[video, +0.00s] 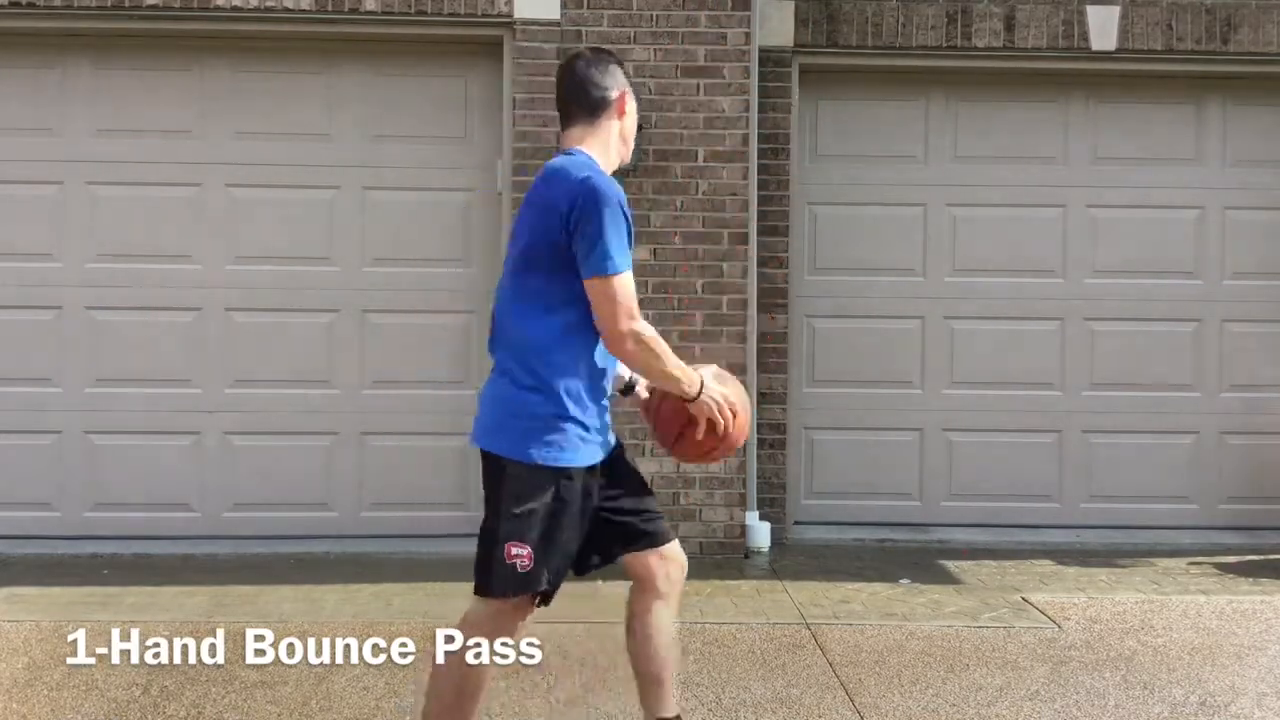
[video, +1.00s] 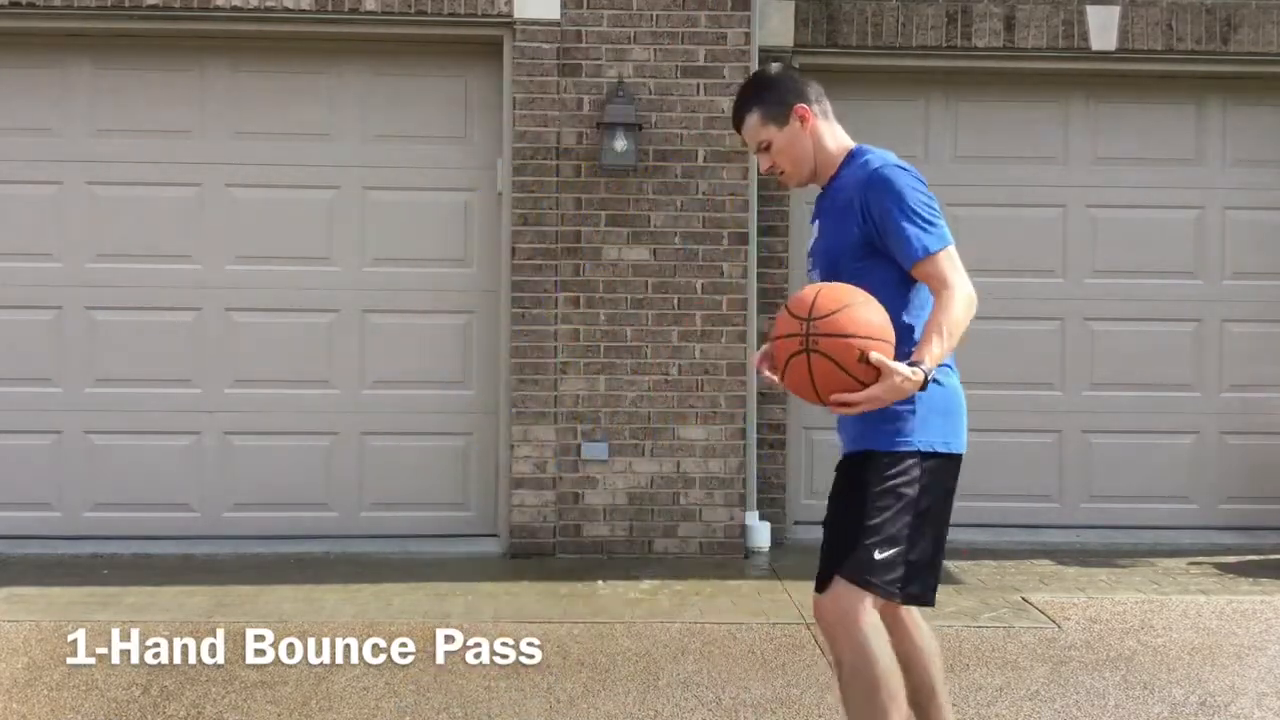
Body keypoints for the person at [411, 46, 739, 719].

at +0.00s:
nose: (638, 124)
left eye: (635, 111)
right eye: (637, 110)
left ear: (566, 112)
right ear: (623, 107)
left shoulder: (558, 184)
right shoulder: (592, 188)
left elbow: (563, 327)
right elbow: (623, 328)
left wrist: (638, 383)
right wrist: (691, 382)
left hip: (580, 435)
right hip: (538, 436)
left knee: (661, 569)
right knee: (503, 611)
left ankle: (663, 714)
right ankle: (436, 710)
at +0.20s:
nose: (699, 120)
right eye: (697, 111)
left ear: (624, 129)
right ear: (690, 114)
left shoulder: (603, 205)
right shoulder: (715, 192)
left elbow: (572, 333)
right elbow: (739, 332)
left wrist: (672, 355)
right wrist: (750, 376)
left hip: (613, 433)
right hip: (672, 437)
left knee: (711, 582)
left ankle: (691, 716)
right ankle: (521, 719)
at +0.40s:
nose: (683, 130)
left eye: (683, 121)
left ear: (693, 121)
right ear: (759, 114)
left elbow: (627, 315)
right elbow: (844, 321)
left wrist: (648, 347)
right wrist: (793, 345)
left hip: (696, 427)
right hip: (789, 426)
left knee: (713, 587)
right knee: (810, 589)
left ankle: (693, 718)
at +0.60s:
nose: (738, 170)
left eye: (736, 153)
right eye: (734, 156)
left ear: (763, 134)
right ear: (793, 133)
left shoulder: (770, 186)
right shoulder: (870, 205)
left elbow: (761, 303)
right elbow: (897, 334)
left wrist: (684, 351)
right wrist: (770, 358)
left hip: (800, 433)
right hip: (883, 435)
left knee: (745, 578)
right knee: (883, 589)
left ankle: (756, 713)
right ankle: (935, 715)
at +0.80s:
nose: (760, 171)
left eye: (760, 153)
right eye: (753, 159)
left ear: (795, 124)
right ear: (799, 129)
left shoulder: (844, 176)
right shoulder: (845, 181)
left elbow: (904, 286)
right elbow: (851, 311)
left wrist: (827, 358)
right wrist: (776, 351)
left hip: (876, 422)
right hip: (912, 421)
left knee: (796, 586)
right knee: (890, 589)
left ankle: (842, 716)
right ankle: (940, 715)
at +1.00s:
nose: (765, 167)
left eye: (766, 147)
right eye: (757, 155)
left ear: (806, 118)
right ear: (804, 126)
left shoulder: (884, 180)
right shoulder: (832, 203)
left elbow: (958, 293)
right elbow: (852, 323)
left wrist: (917, 368)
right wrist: (791, 355)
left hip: (907, 436)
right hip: (879, 436)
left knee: (840, 607)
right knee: (890, 602)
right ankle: (935, 716)